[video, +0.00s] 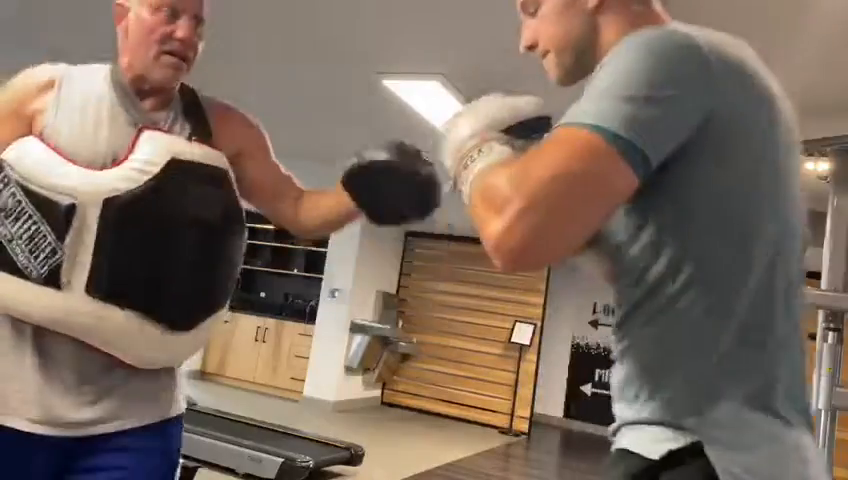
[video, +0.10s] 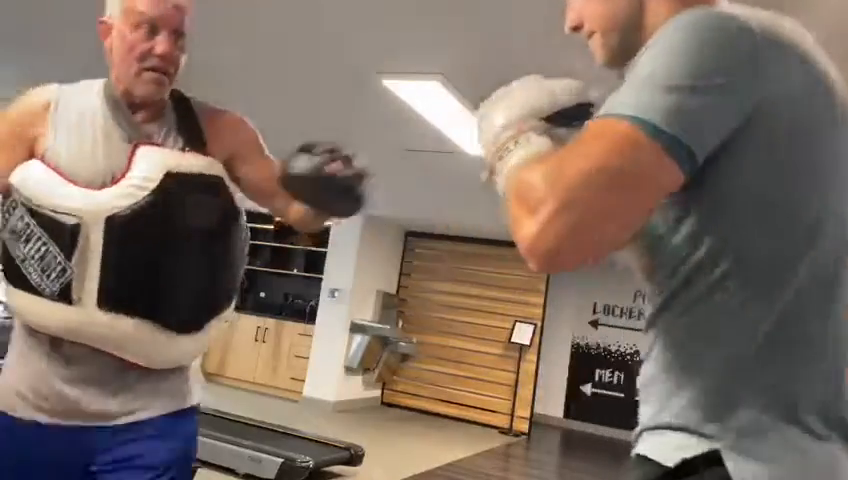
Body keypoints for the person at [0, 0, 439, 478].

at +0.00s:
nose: (185, 34)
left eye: (197, 23)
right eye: (168, 13)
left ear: (203, 38)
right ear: (122, 17)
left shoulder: (226, 130)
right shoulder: (39, 94)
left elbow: (297, 209)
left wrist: (361, 193)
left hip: (137, 415)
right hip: (20, 408)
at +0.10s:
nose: (164, 49)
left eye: (178, 37)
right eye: (148, 29)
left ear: (187, 48)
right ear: (107, 32)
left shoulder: (224, 133)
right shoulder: (37, 115)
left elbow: (296, 212)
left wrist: (327, 194)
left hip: (154, 412)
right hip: (34, 407)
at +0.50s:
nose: (218, 64)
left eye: (231, 54)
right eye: (204, 47)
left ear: (240, 69)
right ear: (171, 56)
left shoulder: (271, 149)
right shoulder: (111, 130)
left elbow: (333, 219)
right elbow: (41, 217)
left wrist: (332, 212)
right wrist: (4, 312)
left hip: (220, 399)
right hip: (105, 393)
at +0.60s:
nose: (264, 85)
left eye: (274, 76)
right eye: (251, 68)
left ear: (281, 90)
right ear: (214, 70)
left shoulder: (303, 164)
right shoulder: (149, 139)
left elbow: (384, 231)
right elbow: (73, 215)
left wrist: (352, 215)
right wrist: (33, 312)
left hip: (239, 408)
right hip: (129, 399)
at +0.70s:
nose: (312, 106)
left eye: (322, 96)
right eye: (300, 89)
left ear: (328, 108)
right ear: (263, 86)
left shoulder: (336, 179)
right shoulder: (194, 143)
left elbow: (398, 253)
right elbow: (111, 212)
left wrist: (348, 245)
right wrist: (71, 306)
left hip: (261, 412)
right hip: (157, 400)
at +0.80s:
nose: (346, 122)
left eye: (356, 113)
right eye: (335, 104)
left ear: (360, 122)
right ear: (299, 99)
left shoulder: (358, 191)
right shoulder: (228, 144)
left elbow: (394, 280)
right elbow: (134, 205)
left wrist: (354, 274)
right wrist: (122, 304)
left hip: (274, 403)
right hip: (176, 389)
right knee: (137, 472)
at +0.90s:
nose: (362, 131)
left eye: (372, 123)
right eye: (352, 113)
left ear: (377, 131)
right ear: (318, 105)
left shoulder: (372, 196)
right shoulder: (248, 144)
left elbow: (395, 285)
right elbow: (150, 198)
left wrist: (360, 286)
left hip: (278, 400)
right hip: (184, 383)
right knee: (137, 474)